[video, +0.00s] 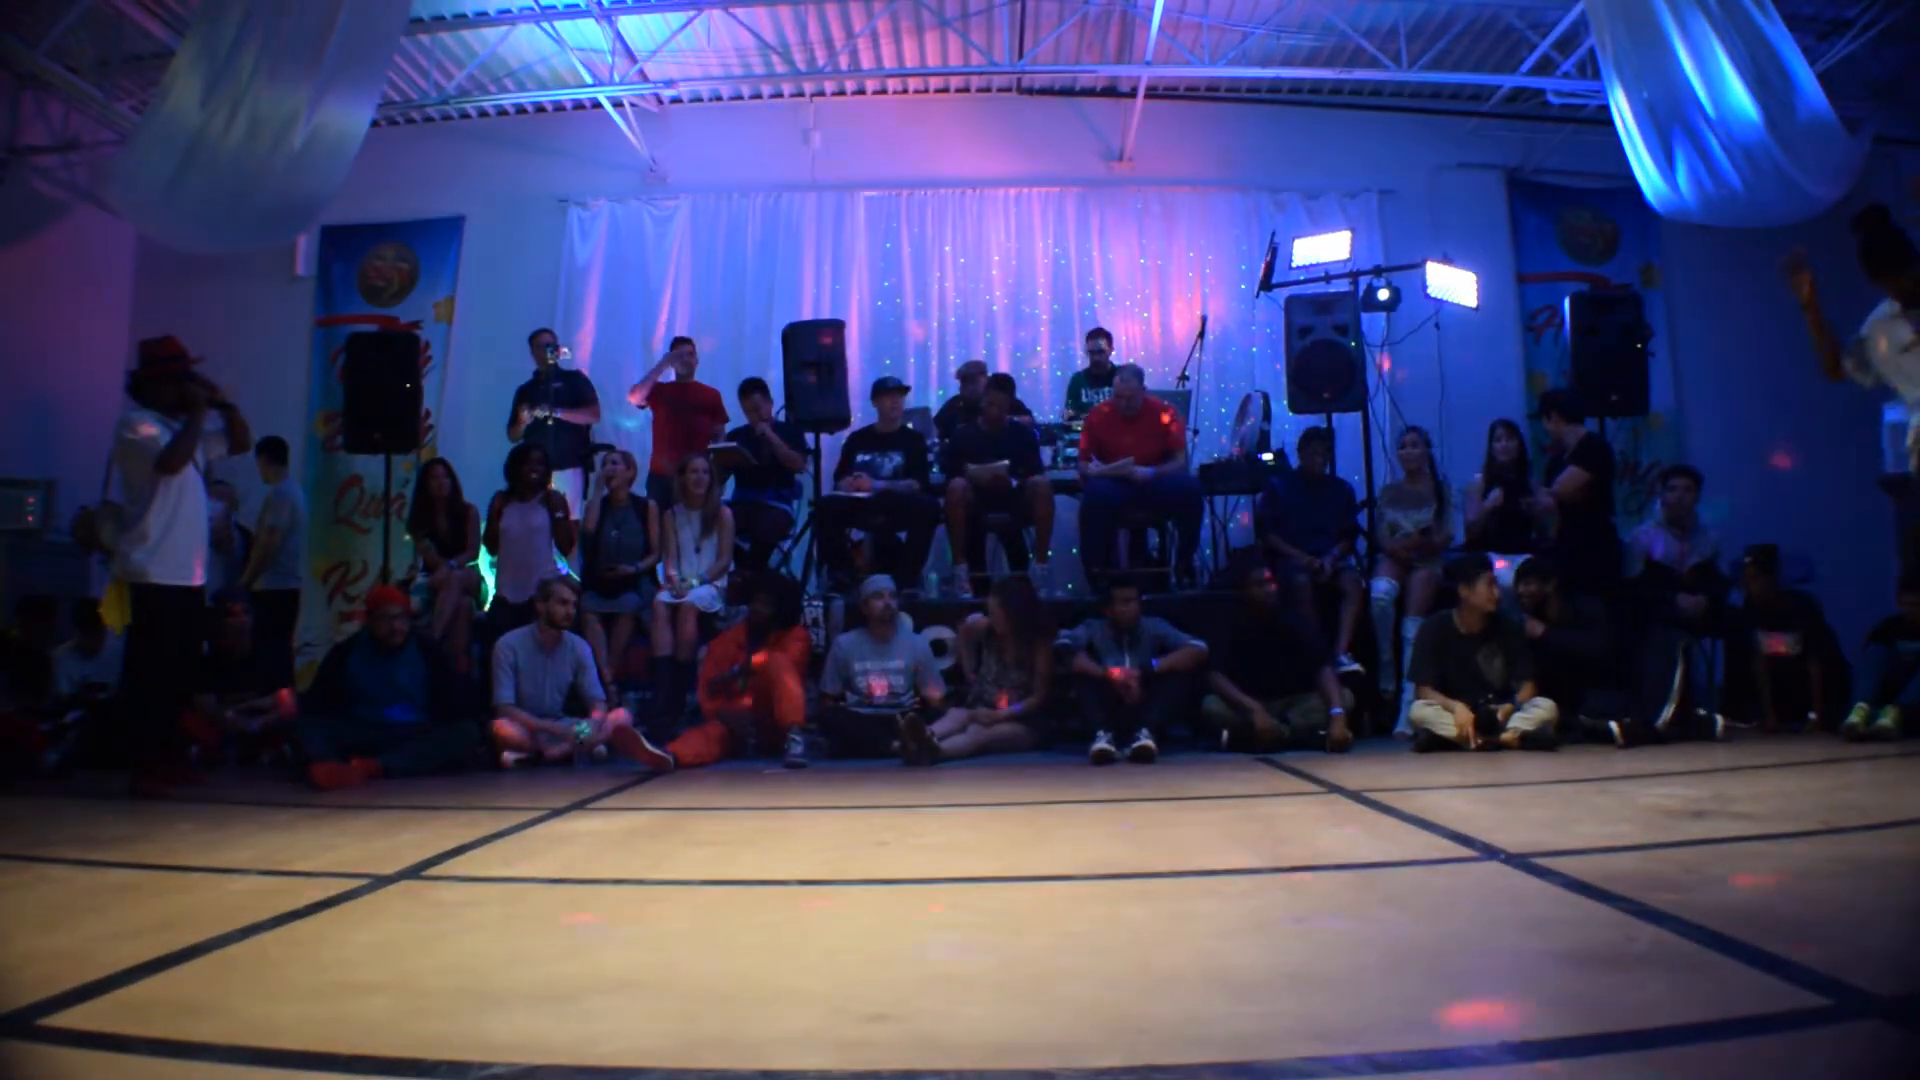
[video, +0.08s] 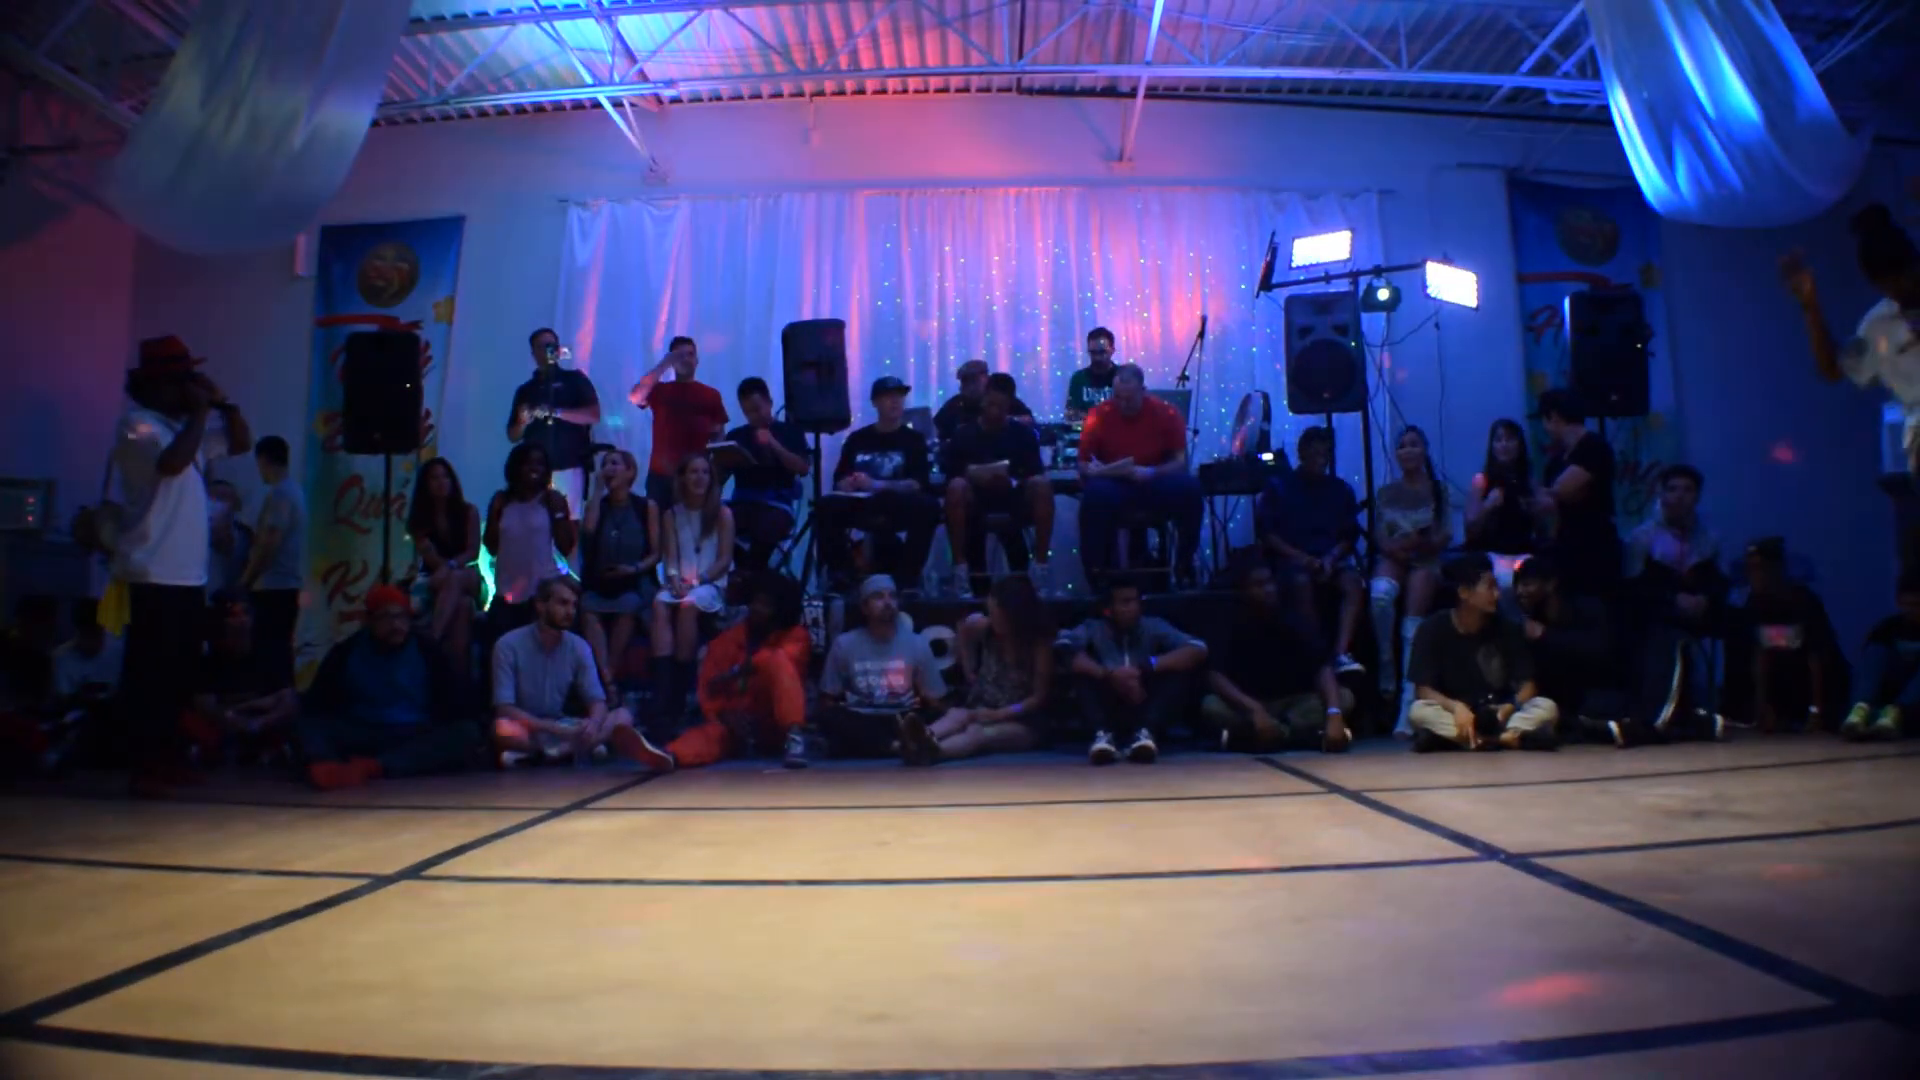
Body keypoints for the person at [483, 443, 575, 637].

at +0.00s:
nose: (534, 470)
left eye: (539, 464)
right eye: (528, 464)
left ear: (547, 470)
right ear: (515, 468)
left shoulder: (553, 500)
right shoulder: (501, 500)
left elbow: (566, 546)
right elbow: (491, 547)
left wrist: (556, 512)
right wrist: (496, 512)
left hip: (543, 592)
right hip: (507, 592)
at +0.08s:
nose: (534, 470)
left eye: (540, 465)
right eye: (528, 464)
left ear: (547, 470)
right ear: (515, 468)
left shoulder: (554, 500)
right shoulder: (501, 500)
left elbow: (566, 546)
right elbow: (491, 546)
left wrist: (557, 511)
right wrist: (496, 513)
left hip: (544, 593)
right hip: (508, 593)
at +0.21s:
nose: (534, 470)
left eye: (539, 464)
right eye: (528, 464)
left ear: (546, 470)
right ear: (515, 468)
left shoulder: (553, 501)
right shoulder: (501, 501)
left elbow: (564, 548)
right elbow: (491, 543)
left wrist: (557, 512)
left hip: (543, 591)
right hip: (508, 590)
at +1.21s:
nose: (534, 469)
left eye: (539, 463)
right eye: (527, 463)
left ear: (546, 469)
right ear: (515, 468)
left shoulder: (551, 503)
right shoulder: (498, 505)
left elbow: (561, 549)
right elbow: (489, 547)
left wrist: (555, 513)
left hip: (546, 582)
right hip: (509, 583)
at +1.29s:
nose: (534, 469)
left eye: (539, 464)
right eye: (527, 464)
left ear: (546, 469)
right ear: (515, 468)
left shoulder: (551, 503)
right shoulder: (497, 507)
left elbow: (562, 549)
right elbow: (487, 550)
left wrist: (555, 516)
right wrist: (495, 516)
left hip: (548, 584)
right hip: (509, 587)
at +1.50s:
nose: (535, 470)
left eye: (540, 465)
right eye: (529, 465)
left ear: (547, 470)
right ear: (518, 469)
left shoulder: (555, 506)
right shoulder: (505, 501)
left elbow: (564, 543)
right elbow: (486, 547)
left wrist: (546, 517)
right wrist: (500, 512)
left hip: (548, 581)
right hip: (512, 582)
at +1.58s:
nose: (536, 471)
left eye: (541, 466)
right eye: (530, 466)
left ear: (547, 471)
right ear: (518, 470)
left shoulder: (555, 507)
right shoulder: (506, 507)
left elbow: (561, 537)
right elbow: (485, 546)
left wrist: (527, 520)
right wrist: (502, 516)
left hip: (547, 575)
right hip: (513, 576)